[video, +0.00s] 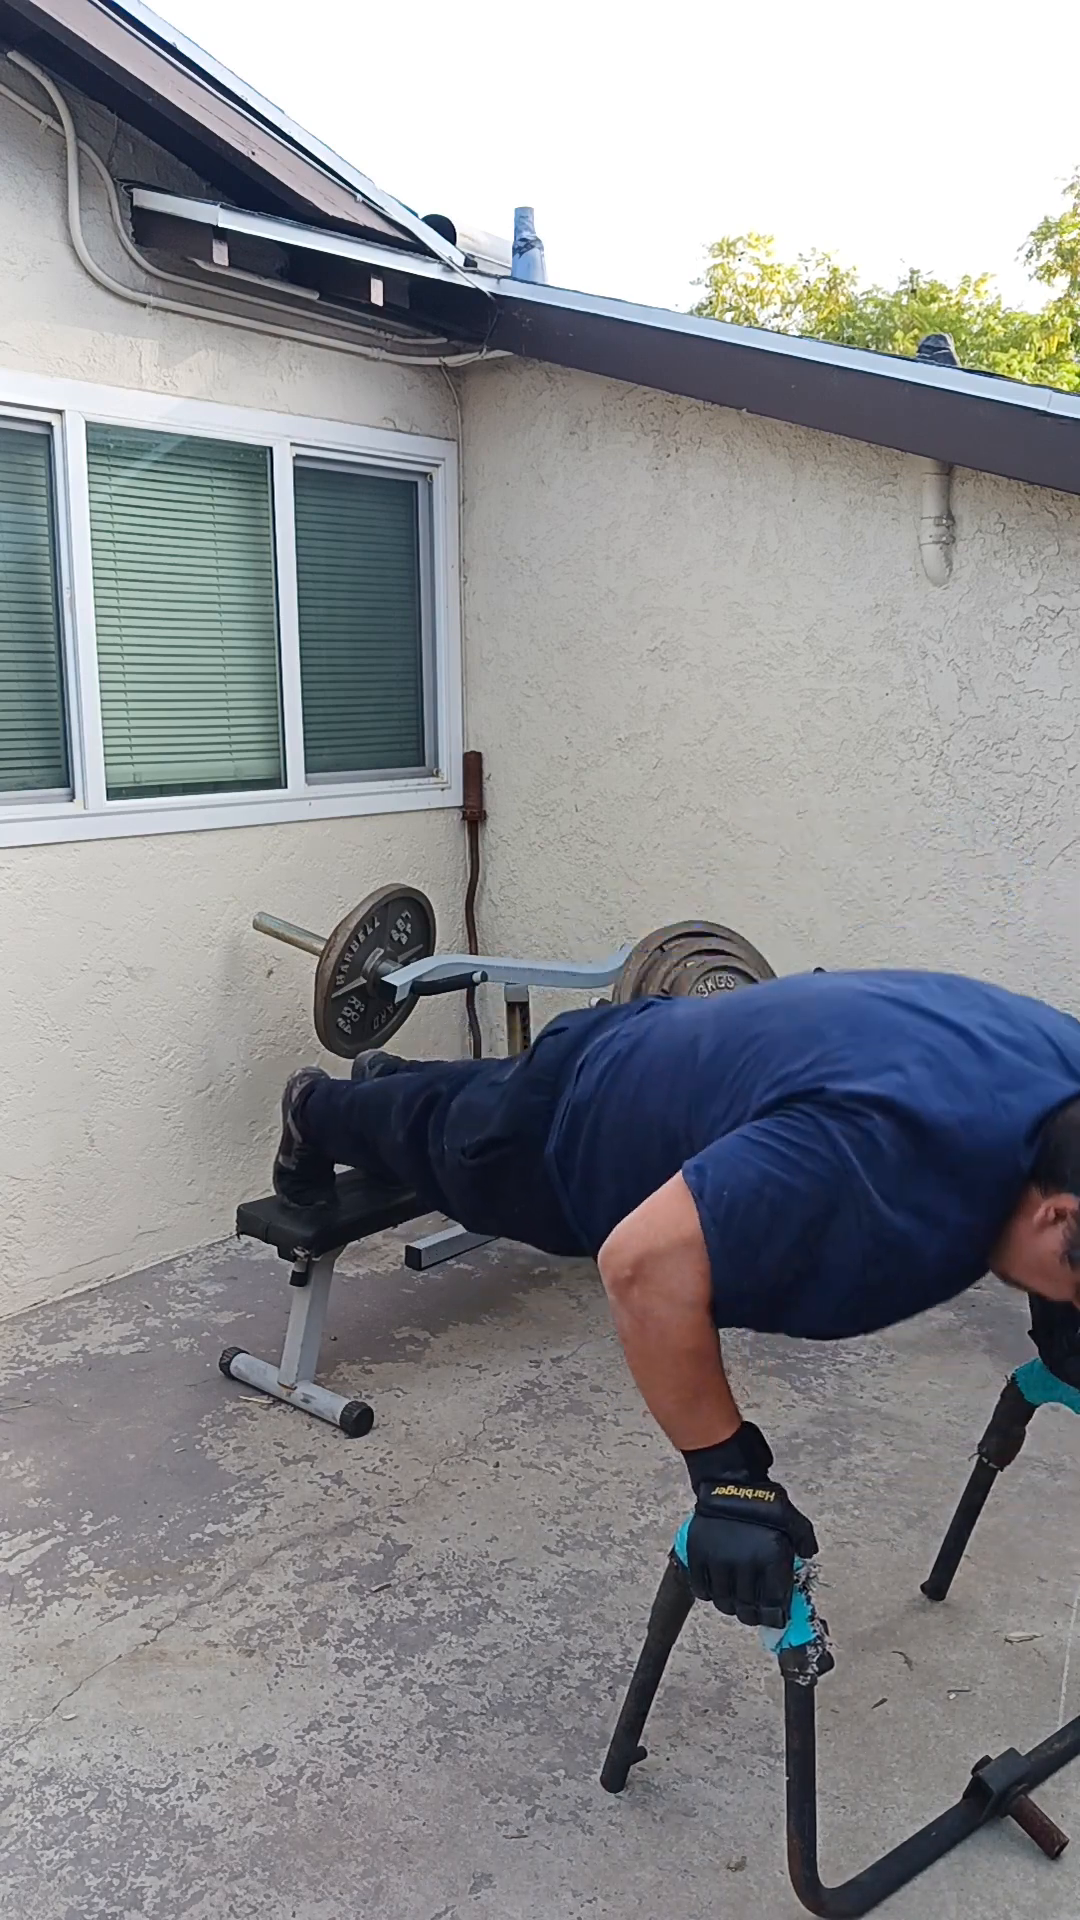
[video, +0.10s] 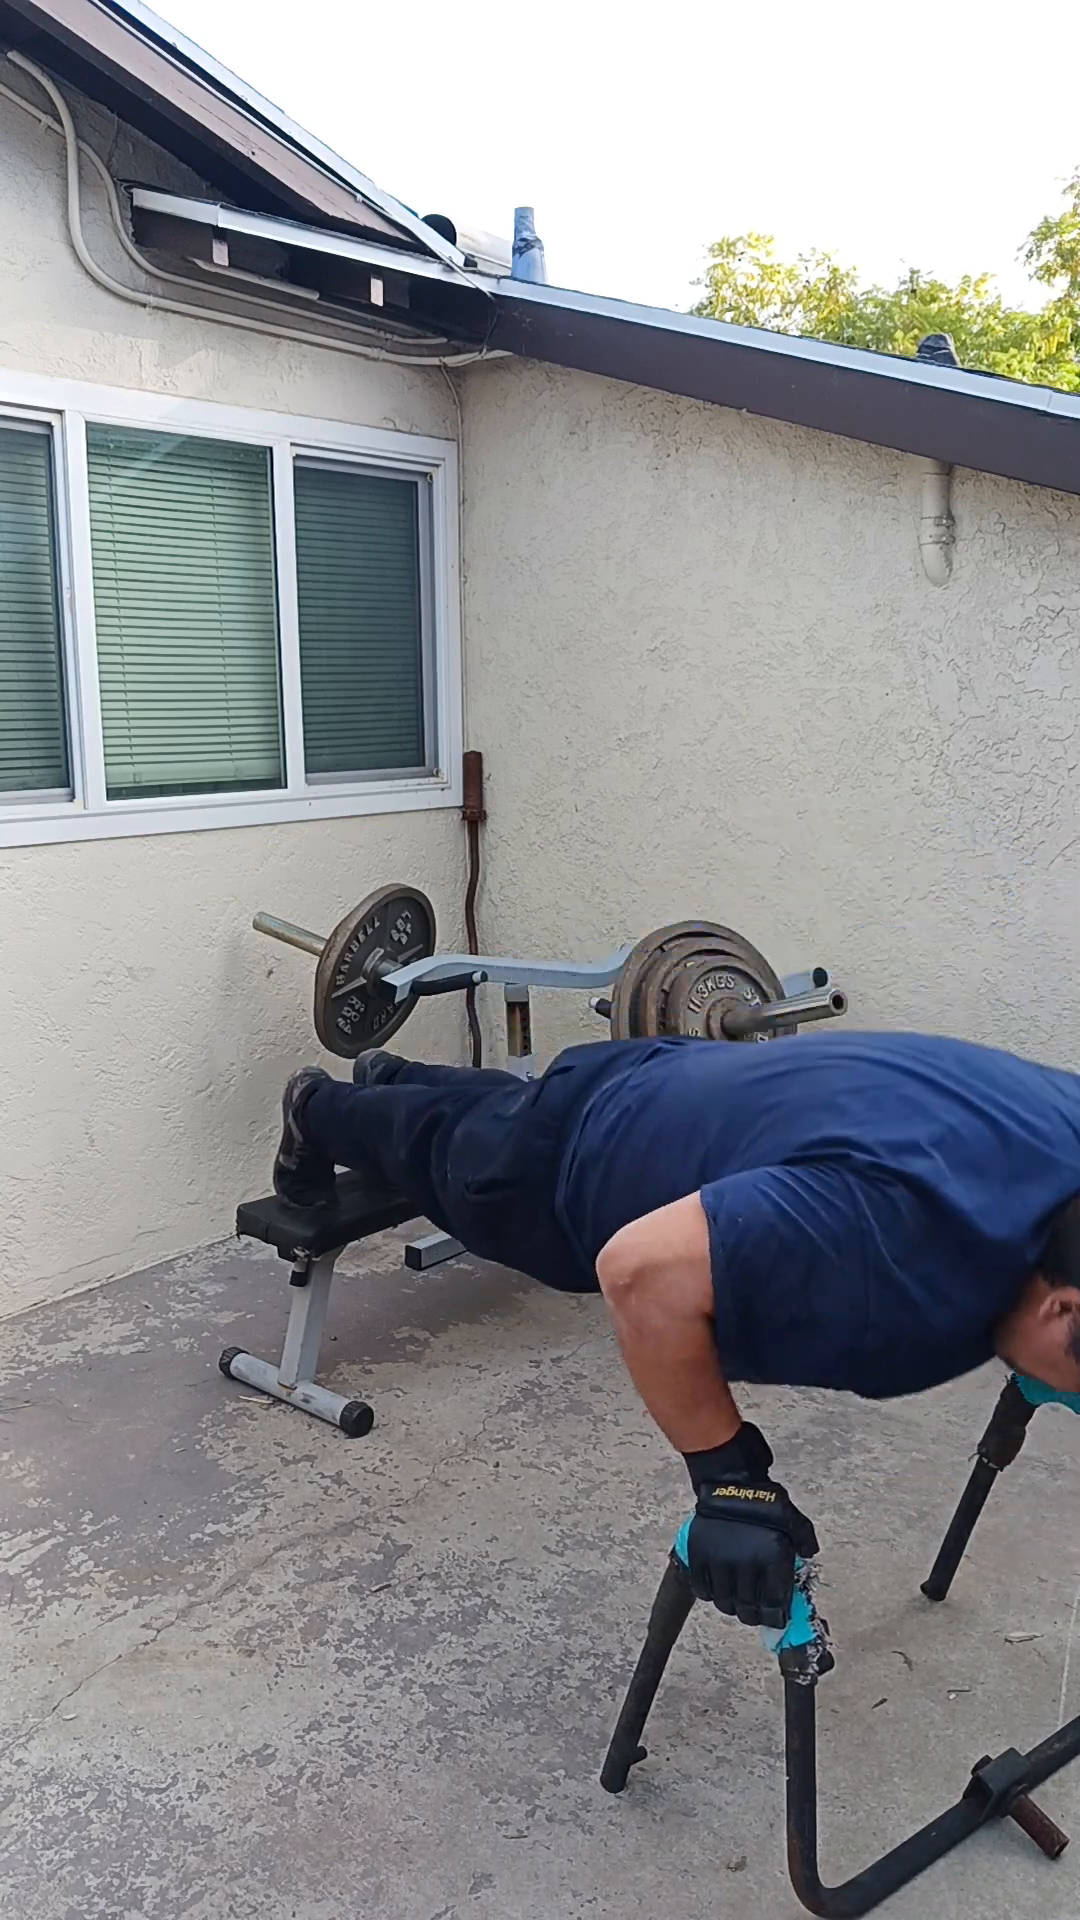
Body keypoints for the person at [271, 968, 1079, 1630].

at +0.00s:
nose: (1045, 1302)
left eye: (1064, 1299)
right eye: (1061, 1286)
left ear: (1063, 1210)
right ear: (1055, 1222)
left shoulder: (1068, 1070)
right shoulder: (880, 1160)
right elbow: (644, 1267)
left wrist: (1052, 1308)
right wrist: (731, 1480)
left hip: (696, 1031)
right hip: (594, 1106)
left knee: (496, 1105)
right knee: (438, 1121)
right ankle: (317, 1111)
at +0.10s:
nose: (1050, 1385)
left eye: (1066, 1379)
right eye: (1066, 1370)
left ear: (1067, 1301)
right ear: (1057, 1308)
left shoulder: (1075, 1132)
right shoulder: (898, 1244)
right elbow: (643, 1277)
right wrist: (731, 1484)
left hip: (704, 1070)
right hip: (601, 1146)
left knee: (524, 1099)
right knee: (442, 1132)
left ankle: (389, 1088)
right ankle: (316, 1107)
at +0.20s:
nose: (1049, 1454)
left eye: (1064, 1448)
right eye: (1068, 1443)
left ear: (1068, 1387)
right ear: (1062, 1391)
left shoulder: (1079, 1184)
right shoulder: (905, 1294)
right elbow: (653, 1277)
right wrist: (731, 1484)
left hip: (706, 1101)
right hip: (598, 1185)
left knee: (529, 1122)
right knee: (443, 1156)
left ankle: (392, 1082)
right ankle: (317, 1106)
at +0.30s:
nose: (1049, 1520)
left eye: (1062, 1515)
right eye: (1065, 1511)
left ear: (1065, 1451)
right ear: (1061, 1456)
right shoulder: (919, 1349)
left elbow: (1061, 1131)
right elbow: (667, 1272)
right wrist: (731, 1486)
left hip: (713, 1132)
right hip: (603, 1208)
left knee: (536, 1128)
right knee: (447, 1177)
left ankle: (392, 1082)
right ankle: (320, 1108)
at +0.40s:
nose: (1046, 1557)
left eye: (1062, 1556)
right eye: (1065, 1545)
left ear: (1068, 1485)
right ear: (1060, 1487)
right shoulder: (934, 1377)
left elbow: (1059, 1131)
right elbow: (686, 1271)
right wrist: (733, 1486)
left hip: (715, 1156)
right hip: (622, 1223)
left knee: (538, 1144)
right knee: (452, 1190)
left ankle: (397, 1084)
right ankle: (324, 1112)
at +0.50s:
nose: (1029, 1586)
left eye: (1045, 1588)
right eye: (1046, 1582)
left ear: (1063, 1517)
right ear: (1057, 1525)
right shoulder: (944, 1400)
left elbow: (1058, 1133)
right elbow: (701, 1272)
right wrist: (734, 1488)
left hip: (713, 1165)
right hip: (633, 1236)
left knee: (538, 1156)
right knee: (457, 1197)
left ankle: (393, 1084)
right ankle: (325, 1112)